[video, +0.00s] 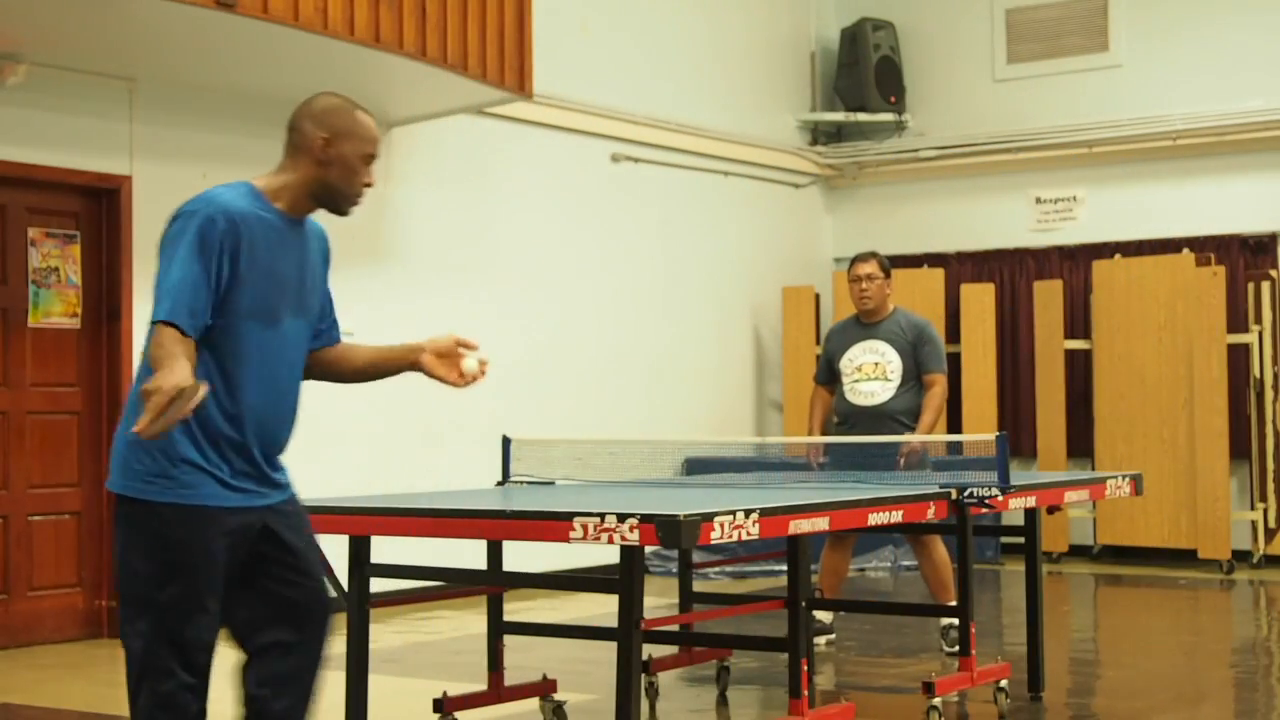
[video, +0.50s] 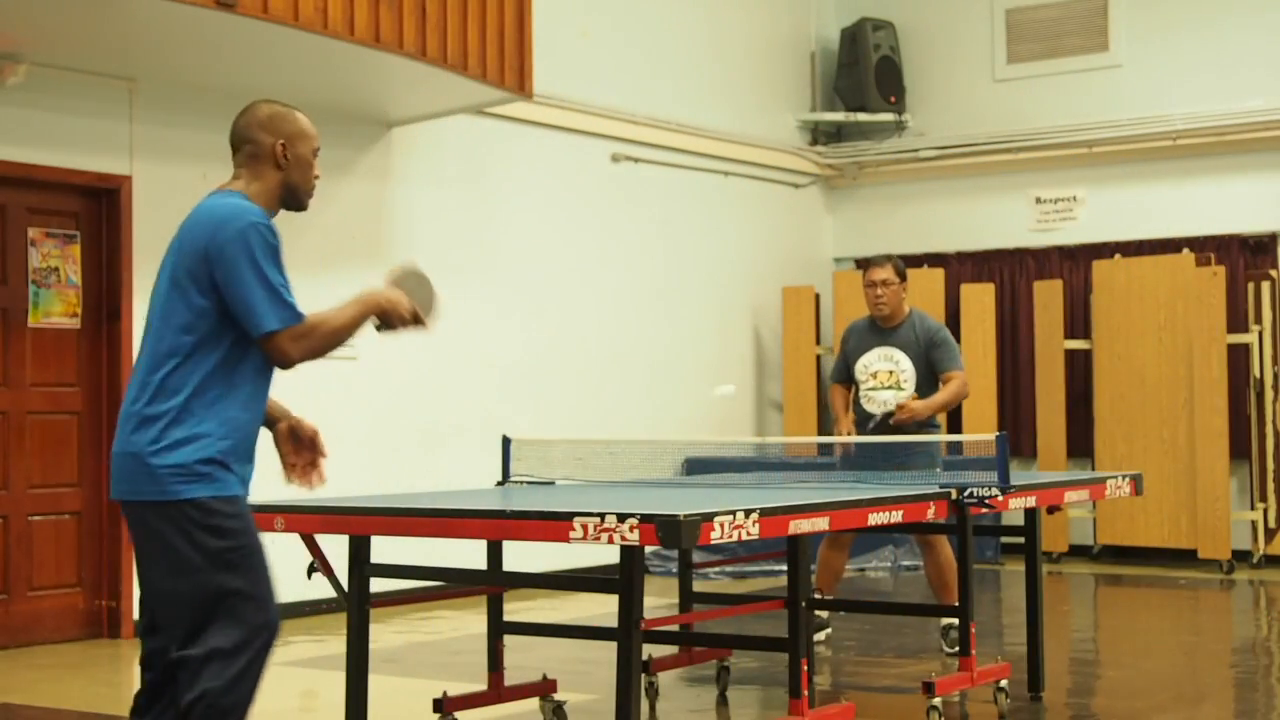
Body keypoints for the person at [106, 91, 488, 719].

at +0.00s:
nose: (370, 179)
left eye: (372, 164)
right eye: (364, 161)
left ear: (322, 150)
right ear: (319, 146)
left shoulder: (311, 243)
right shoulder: (214, 217)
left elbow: (316, 355)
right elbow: (170, 330)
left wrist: (416, 354)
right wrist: (177, 374)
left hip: (258, 482)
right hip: (174, 478)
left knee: (298, 618)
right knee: (172, 669)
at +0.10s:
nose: (348, 177)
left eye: (352, 162)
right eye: (341, 158)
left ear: (296, 145)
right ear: (293, 141)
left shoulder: (299, 243)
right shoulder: (198, 217)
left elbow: (309, 357)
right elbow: (174, 339)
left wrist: (378, 351)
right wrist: (231, 368)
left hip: (239, 480)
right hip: (160, 475)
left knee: (250, 634)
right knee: (167, 656)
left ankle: (216, 716)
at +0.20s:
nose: (334, 173)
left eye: (337, 159)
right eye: (327, 154)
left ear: (282, 147)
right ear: (280, 141)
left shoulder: (288, 240)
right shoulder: (193, 217)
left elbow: (283, 350)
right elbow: (198, 345)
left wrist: (335, 367)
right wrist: (316, 341)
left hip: (224, 477)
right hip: (156, 470)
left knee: (207, 649)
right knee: (164, 658)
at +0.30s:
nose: (326, 169)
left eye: (327, 154)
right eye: (318, 152)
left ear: (276, 145)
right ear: (273, 142)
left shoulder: (272, 240)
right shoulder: (197, 215)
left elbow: (267, 340)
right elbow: (234, 340)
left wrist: (292, 388)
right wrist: (346, 303)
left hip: (214, 479)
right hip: (158, 473)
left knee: (184, 664)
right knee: (165, 671)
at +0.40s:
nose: (320, 171)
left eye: (320, 155)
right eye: (313, 154)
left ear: (271, 150)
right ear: (274, 149)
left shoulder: (225, 222)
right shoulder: (216, 219)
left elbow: (216, 355)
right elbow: (266, 339)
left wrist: (281, 412)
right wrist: (354, 289)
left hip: (181, 471)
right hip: (170, 472)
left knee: (174, 646)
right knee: (207, 633)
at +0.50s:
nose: (318, 171)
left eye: (319, 157)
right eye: (313, 155)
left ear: (259, 155)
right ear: (276, 152)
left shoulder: (212, 219)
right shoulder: (238, 223)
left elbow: (202, 356)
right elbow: (290, 344)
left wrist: (278, 418)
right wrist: (371, 303)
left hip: (160, 466)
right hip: (188, 470)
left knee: (176, 638)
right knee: (248, 622)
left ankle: (157, 715)